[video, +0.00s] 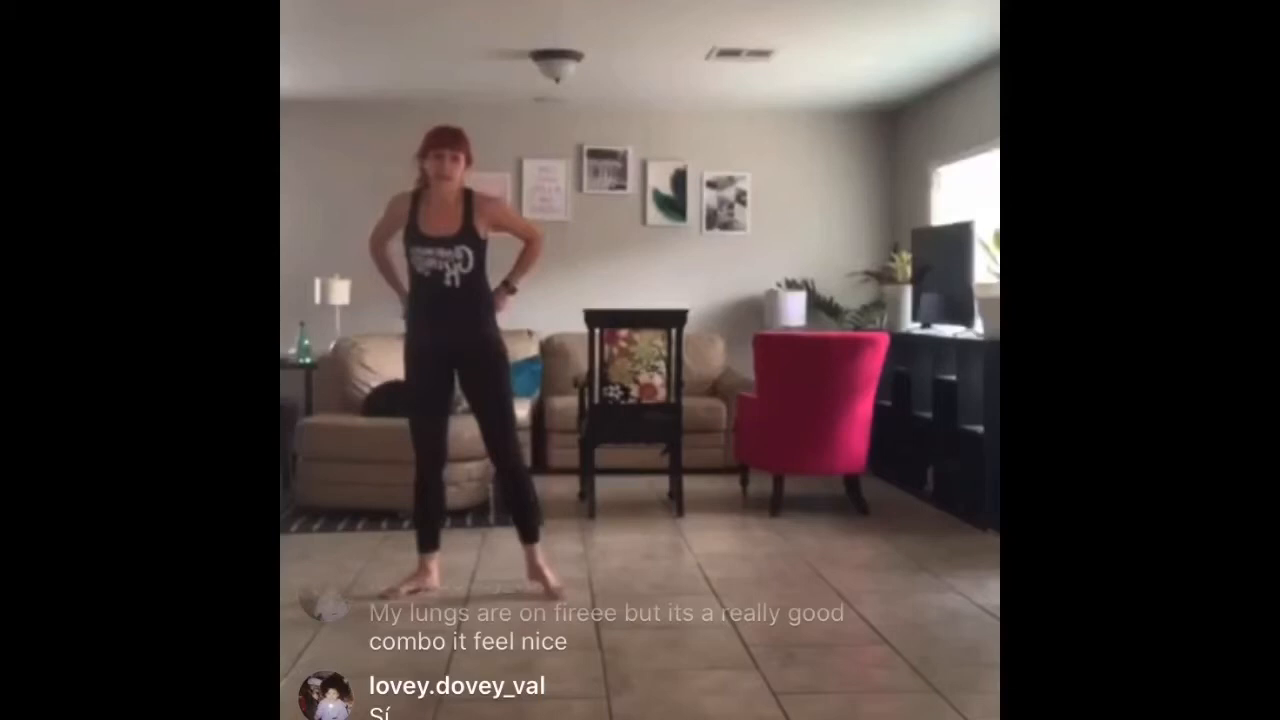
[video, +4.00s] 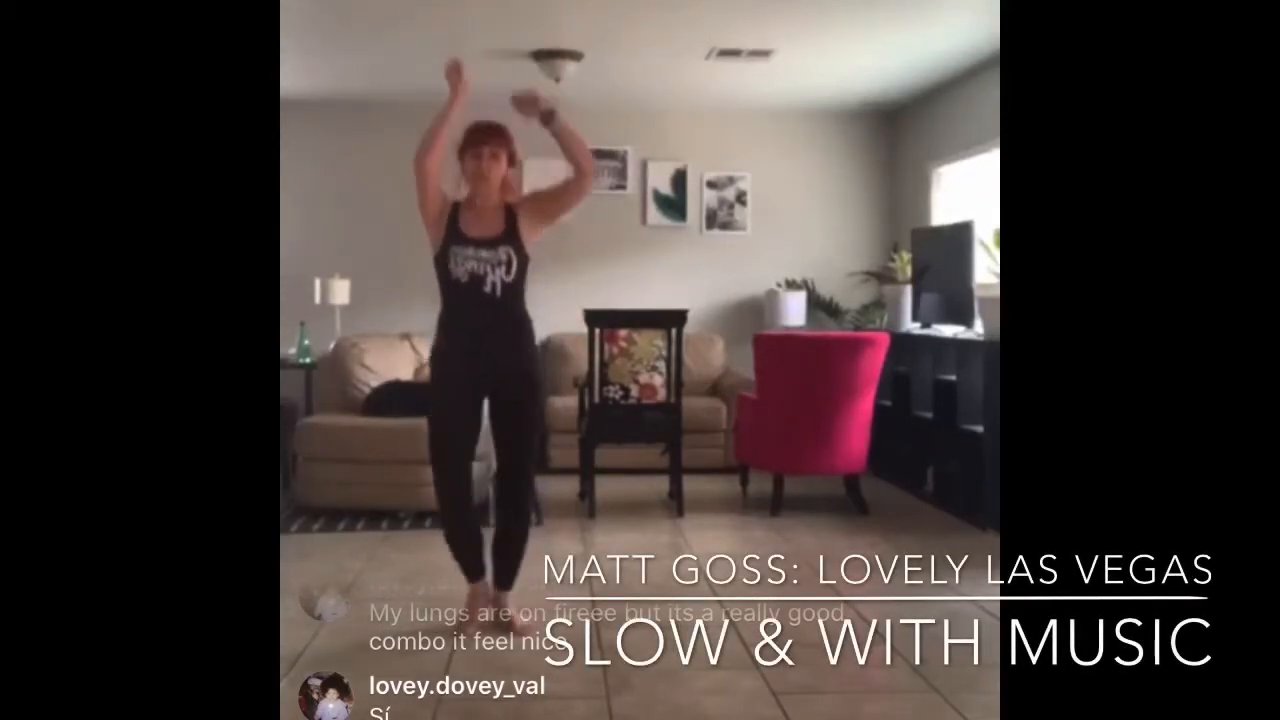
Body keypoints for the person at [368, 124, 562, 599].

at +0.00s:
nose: (445, 165)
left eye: (453, 158)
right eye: (437, 157)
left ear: (467, 166)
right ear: (422, 162)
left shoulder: (485, 208)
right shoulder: (405, 205)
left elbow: (534, 238)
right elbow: (377, 245)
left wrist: (509, 287)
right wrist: (405, 293)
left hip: (476, 335)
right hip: (425, 335)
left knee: (505, 449)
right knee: (428, 456)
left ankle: (535, 558)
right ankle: (428, 568)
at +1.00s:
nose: (534, 158)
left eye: (541, 152)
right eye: (526, 150)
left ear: (553, 163)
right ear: (510, 158)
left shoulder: (564, 214)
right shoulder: (485, 205)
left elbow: (586, 264)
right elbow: (441, 257)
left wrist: (574, 299)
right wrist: (466, 302)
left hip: (544, 339)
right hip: (494, 338)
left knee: (538, 459)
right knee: (484, 461)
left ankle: (539, 564)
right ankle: (468, 579)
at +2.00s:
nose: (504, 145)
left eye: (513, 139)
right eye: (496, 137)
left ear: (525, 151)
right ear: (480, 147)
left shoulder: (543, 203)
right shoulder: (457, 198)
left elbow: (581, 251)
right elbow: (422, 249)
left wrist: (573, 310)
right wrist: (438, 313)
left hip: (530, 336)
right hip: (473, 334)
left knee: (528, 464)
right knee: (475, 465)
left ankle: (525, 581)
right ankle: (467, 578)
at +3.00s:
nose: (519, 139)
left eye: (529, 134)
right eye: (511, 131)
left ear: (542, 149)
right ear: (495, 141)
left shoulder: (555, 209)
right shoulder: (466, 201)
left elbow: (570, 293)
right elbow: (446, 284)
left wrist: (543, 249)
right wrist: (472, 236)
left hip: (535, 347)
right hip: (479, 346)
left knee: (529, 469)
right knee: (485, 469)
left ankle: (525, 583)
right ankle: (485, 584)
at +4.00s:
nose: (491, 160)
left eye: (499, 153)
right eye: (482, 153)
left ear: (512, 166)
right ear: (463, 165)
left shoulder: (526, 217)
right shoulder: (444, 217)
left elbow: (584, 177)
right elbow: (425, 162)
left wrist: (550, 118)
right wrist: (456, 98)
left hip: (513, 362)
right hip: (455, 361)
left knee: (516, 479)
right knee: (450, 479)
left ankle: (503, 593)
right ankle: (477, 586)